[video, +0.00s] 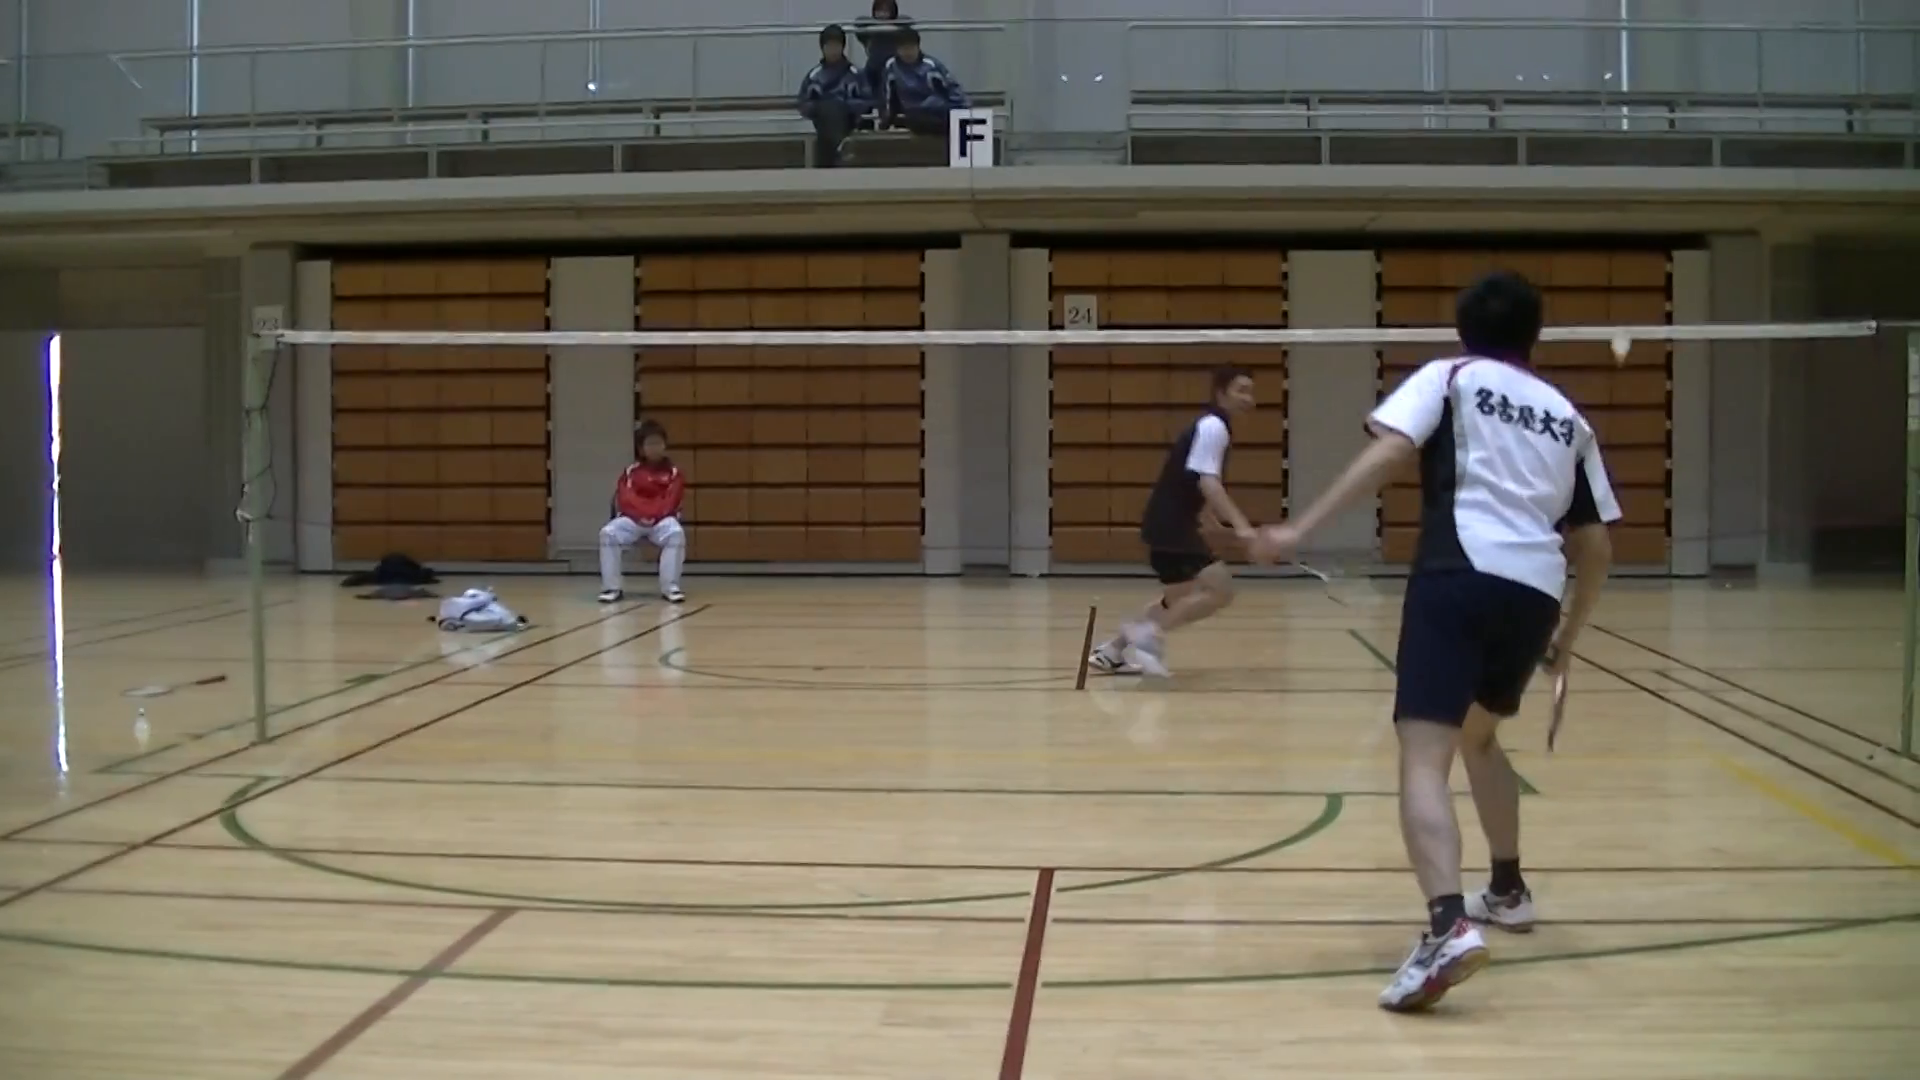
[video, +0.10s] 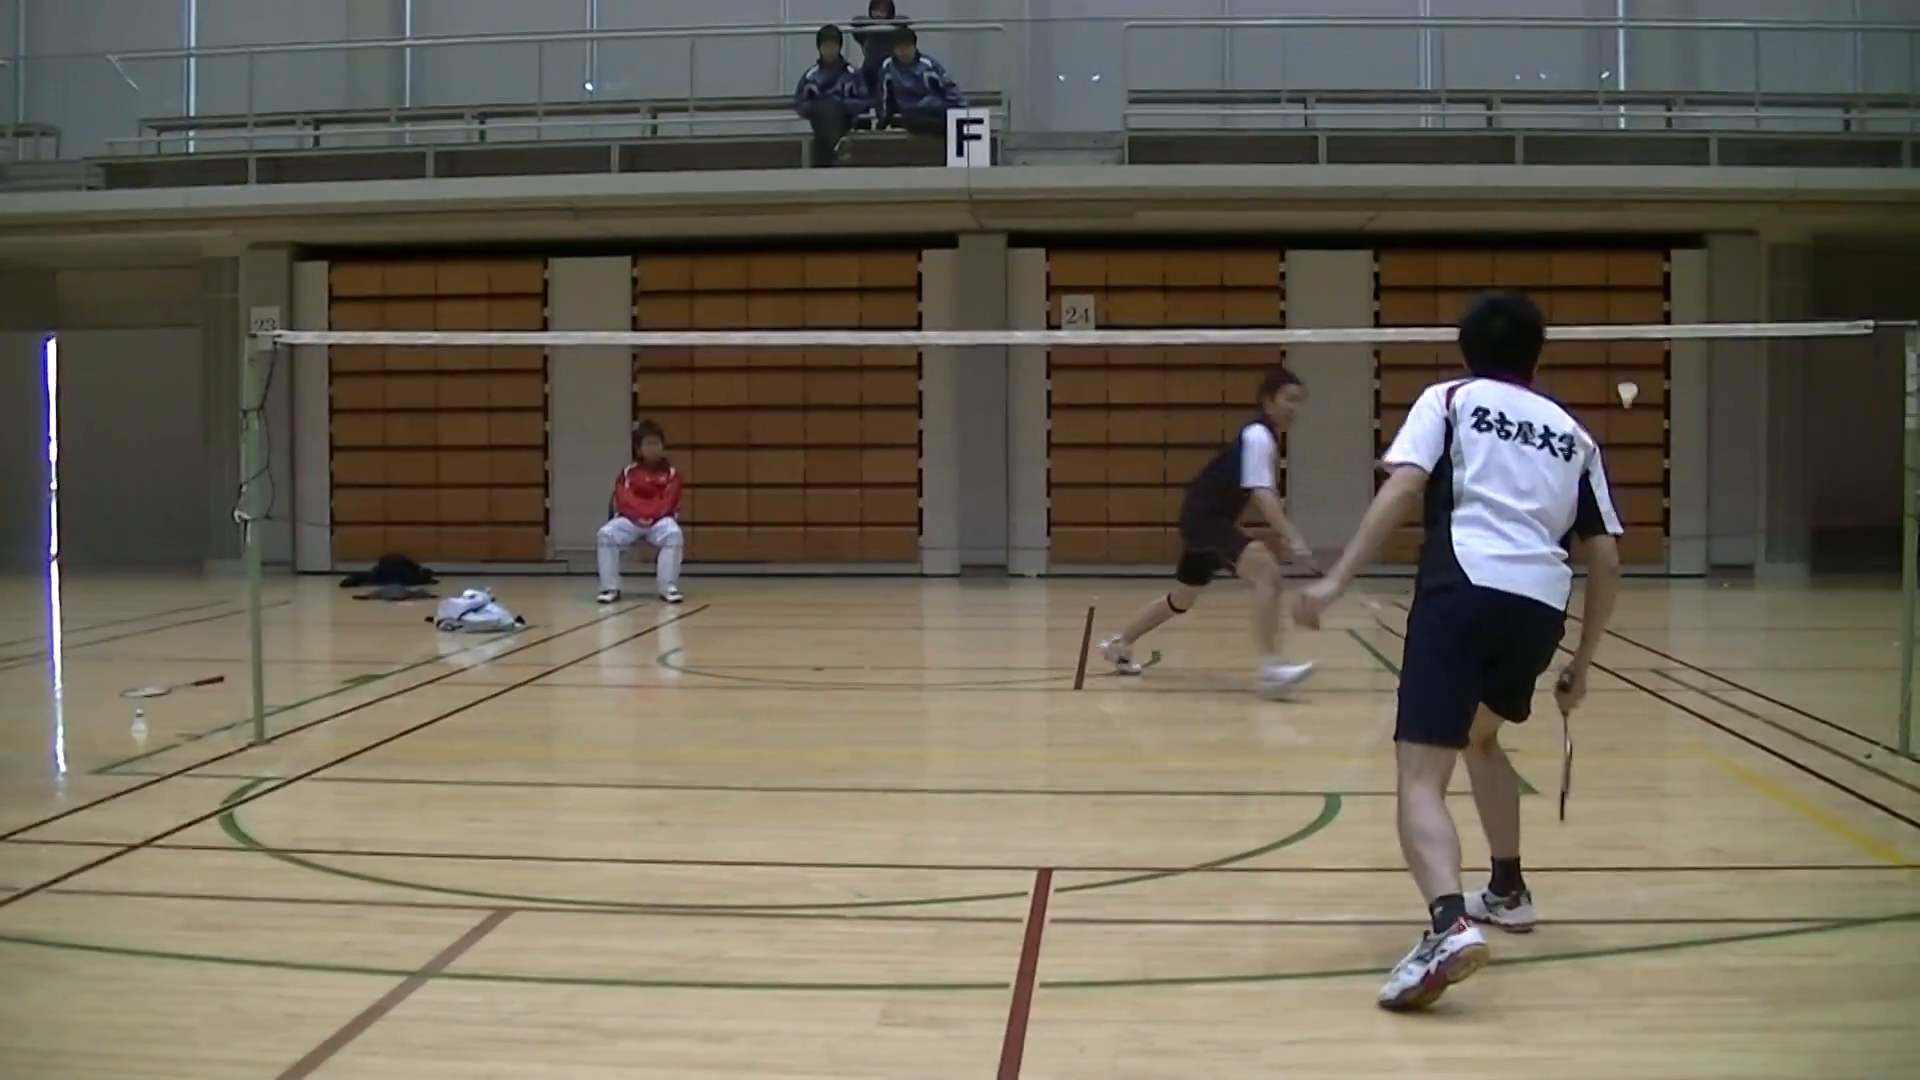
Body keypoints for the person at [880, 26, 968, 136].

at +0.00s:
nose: (908, 53)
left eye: (911, 48)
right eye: (904, 49)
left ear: (918, 48)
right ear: (897, 50)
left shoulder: (932, 65)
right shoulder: (892, 67)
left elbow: (951, 87)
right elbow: (888, 96)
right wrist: (886, 120)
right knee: (933, 102)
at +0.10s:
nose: (905, 53)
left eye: (908, 48)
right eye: (900, 49)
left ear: (915, 47)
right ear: (894, 50)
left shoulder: (929, 65)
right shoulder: (888, 67)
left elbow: (948, 87)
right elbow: (884, 96)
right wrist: (883, 120)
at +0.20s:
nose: (905, 54)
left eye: (908, 48)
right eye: (900, 49)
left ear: (915, 48)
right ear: (894, 51)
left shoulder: (929, 66)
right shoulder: (888, 68)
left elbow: (948, 88)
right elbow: (884, 97)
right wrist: (883, 121)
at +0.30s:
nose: (905, 54)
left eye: (908, 49)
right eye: (900, 49)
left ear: (915, 48)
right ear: (893, 51)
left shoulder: (928, 66)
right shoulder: (888, 69)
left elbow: (948, 88)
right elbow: (884, 97)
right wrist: (883, 121)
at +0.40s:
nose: (905, 54)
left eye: (908, 49)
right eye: (900, 50)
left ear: (915, 49)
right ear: (894, 52)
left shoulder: (929, 67)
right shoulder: (888, 70)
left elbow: (948, 89)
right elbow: (884, 98)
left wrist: (961, 108)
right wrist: (883, 123)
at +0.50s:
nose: (906, 54)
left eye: (909, 49)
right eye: (901, 50)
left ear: (916, 49)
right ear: (895, 52)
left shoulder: (930, 66)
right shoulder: (888, 70)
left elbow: (948, 89)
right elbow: (884, 99)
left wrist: (961, 108)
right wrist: (884, 123)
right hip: (910, 115)